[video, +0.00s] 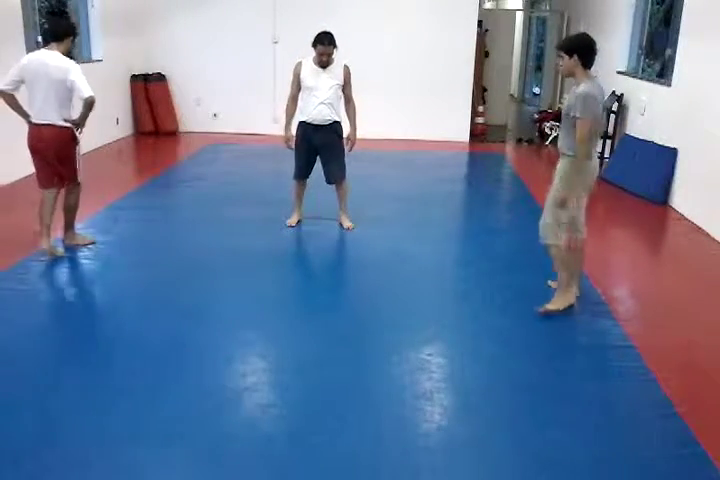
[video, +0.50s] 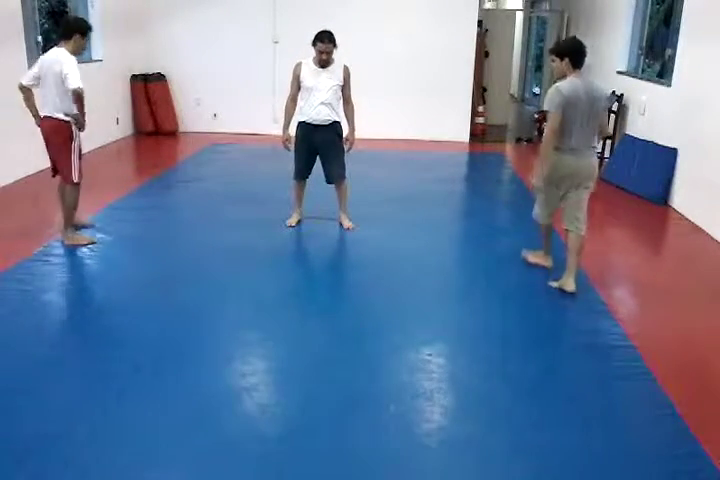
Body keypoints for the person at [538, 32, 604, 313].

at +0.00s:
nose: (558, 63)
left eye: (562, 58)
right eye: (558, 57)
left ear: (576, 59)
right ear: (580, 60)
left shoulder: (586, 93)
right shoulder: (588, 89)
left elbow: (582, 145)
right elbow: (582, 141)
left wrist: (569, 187)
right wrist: (568, 178)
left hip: (574, 165)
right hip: (578, 163)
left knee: (554, 225)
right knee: (571, 224)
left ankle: (566, 290)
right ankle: (569, 279)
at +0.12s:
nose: (559, 64)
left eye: (562, 58)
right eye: (560, 58)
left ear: (576, 59)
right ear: (582, 59)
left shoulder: (580, 91)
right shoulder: (599, 88)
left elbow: (575, 140)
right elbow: (602, 131)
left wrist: (557, 177)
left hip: (571, 163)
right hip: (589, 163)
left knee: (543, 224)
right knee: (579, 226)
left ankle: (557, 280)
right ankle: (573, 282)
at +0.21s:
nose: (559, 65)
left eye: (562, 59)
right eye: (559, 59)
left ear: (576, 59)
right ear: (582, 60)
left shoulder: (577, 90)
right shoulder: (601, 88)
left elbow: (569, 134)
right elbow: (605, 130)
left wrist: (554, 170)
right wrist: (583, 144)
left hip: (569, 162)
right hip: (590, 163)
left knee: (539, 218)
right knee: (580, 225)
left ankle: (550, 275)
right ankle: (573, 281)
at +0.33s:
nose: (558, 65)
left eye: (560, 59)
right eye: (558, 59)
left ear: (572, 60)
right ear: (584, 60)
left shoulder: (568, 90)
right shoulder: (601, 89)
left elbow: (559, 134)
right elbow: (606, 130)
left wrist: (545, 172)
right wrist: (585, 138)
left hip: (564, 159)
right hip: (590, 161)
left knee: (539, 215)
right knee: (580, 225)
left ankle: (544, 268)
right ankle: (571, 281)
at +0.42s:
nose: (556, 65)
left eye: (558, 60)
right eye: (556, 60)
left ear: (569, 60)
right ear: (581, 61)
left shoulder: (563, 90)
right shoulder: (599, 91)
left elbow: (556, 132)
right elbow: (604, 129)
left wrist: (543, 169)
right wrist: (585, 136)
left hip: (562, 157)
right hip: (589, 160)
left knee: (541, 210)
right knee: (578, 224)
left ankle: (544, 261)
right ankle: (570, 280)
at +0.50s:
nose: (552, 66)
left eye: (554, 61)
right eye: (552, 60)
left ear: (566, 61)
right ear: (577, 62)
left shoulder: (559, 91)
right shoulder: (597, 91)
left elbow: (551, 133)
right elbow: (604, 130)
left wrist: (539, 170)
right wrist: (584, 125)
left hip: (560, 157)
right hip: (587, 160)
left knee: (544, 209)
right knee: (577, 222)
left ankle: (545, 254)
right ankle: (570, 278)